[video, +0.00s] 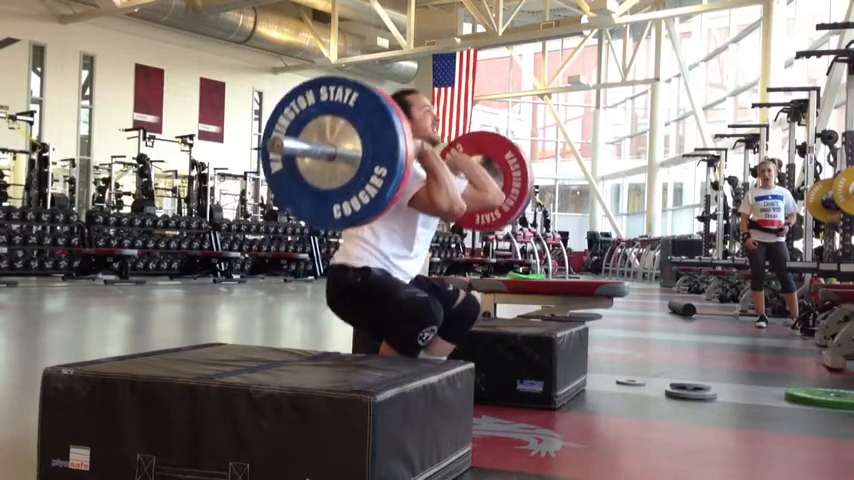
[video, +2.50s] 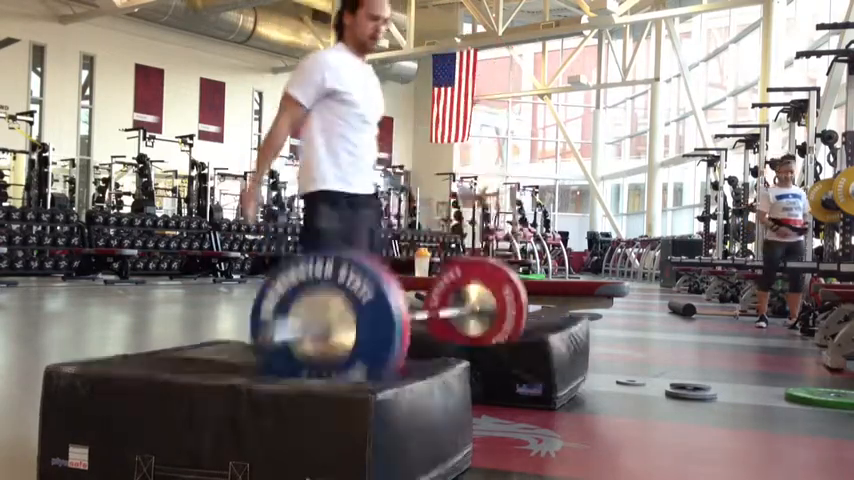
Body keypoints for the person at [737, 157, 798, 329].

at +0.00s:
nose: (766, 174)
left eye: (769, 170)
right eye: (762, 171)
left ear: (775, 173)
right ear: (759, 174)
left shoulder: (784, 193)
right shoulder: (751, 193)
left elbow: (792, 214)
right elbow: (744, 216)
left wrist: (787, 224)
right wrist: (746, 235)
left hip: (777, 239)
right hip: (757, 239)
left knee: (785, 275)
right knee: (757, 277)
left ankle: (795, 317)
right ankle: (761, 315)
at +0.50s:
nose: (766, 173)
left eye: (769, 170)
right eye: (763, 170)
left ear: (775, 173)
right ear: (759, 173)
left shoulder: (784, 193)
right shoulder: (751, 193)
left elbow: (792, 214)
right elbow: (744, 216)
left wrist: (788, 224)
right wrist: (746, 236)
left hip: (777, 239)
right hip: (757, 239)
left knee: (784, 275)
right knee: (757, 277)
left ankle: (795, 317)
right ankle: (761, 315)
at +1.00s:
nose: (767, 172)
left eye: (770, 169)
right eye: (764, 170)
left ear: (776, 172)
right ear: (760, 173)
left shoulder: (784, 192)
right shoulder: (752, 193)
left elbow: (792, 213)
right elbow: (744, 216)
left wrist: (788, 224)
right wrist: (746, 235)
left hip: (778, 239)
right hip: (757, 239)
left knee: (785, 275)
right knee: (757, 277)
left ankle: (795, 317)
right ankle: (761, 316)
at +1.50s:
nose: (767, 173)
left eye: (771, 170)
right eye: (764, 170)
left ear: (777, 173)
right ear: (760, 173)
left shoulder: (785, 193)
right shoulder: (752, 194)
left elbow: (793, 213)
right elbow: (745, 216)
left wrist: (788, 224)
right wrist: (747, 235)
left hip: (778, 239)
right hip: (758, 239)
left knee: (785, 276)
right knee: (757, 277)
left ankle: (795, 317)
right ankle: (761, 315)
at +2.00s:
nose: (772, 176)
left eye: (776, 173)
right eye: (770, 172)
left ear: (780, 174)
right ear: (764, 173)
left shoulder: (786, 193)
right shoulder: (754, 193)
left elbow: (793, 213)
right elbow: (746, 216)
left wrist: (790, 224)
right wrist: (749, 235)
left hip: (780, 239)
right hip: (760, 239)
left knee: (789, 275)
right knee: (758, 277)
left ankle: (794, 317)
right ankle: (761, 315)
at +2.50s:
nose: (788, 175)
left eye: (791, 172)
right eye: (784, 172)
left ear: (794, 173)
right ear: (777, 172)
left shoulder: (801, 193)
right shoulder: (768, 192)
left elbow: (806, 215)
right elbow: (761, 216)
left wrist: (805, 225)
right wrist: (776, 228)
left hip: (796, 240)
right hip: (774, 240)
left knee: (797, 277)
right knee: (768, 276)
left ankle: (793, 318)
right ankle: (762, 315)